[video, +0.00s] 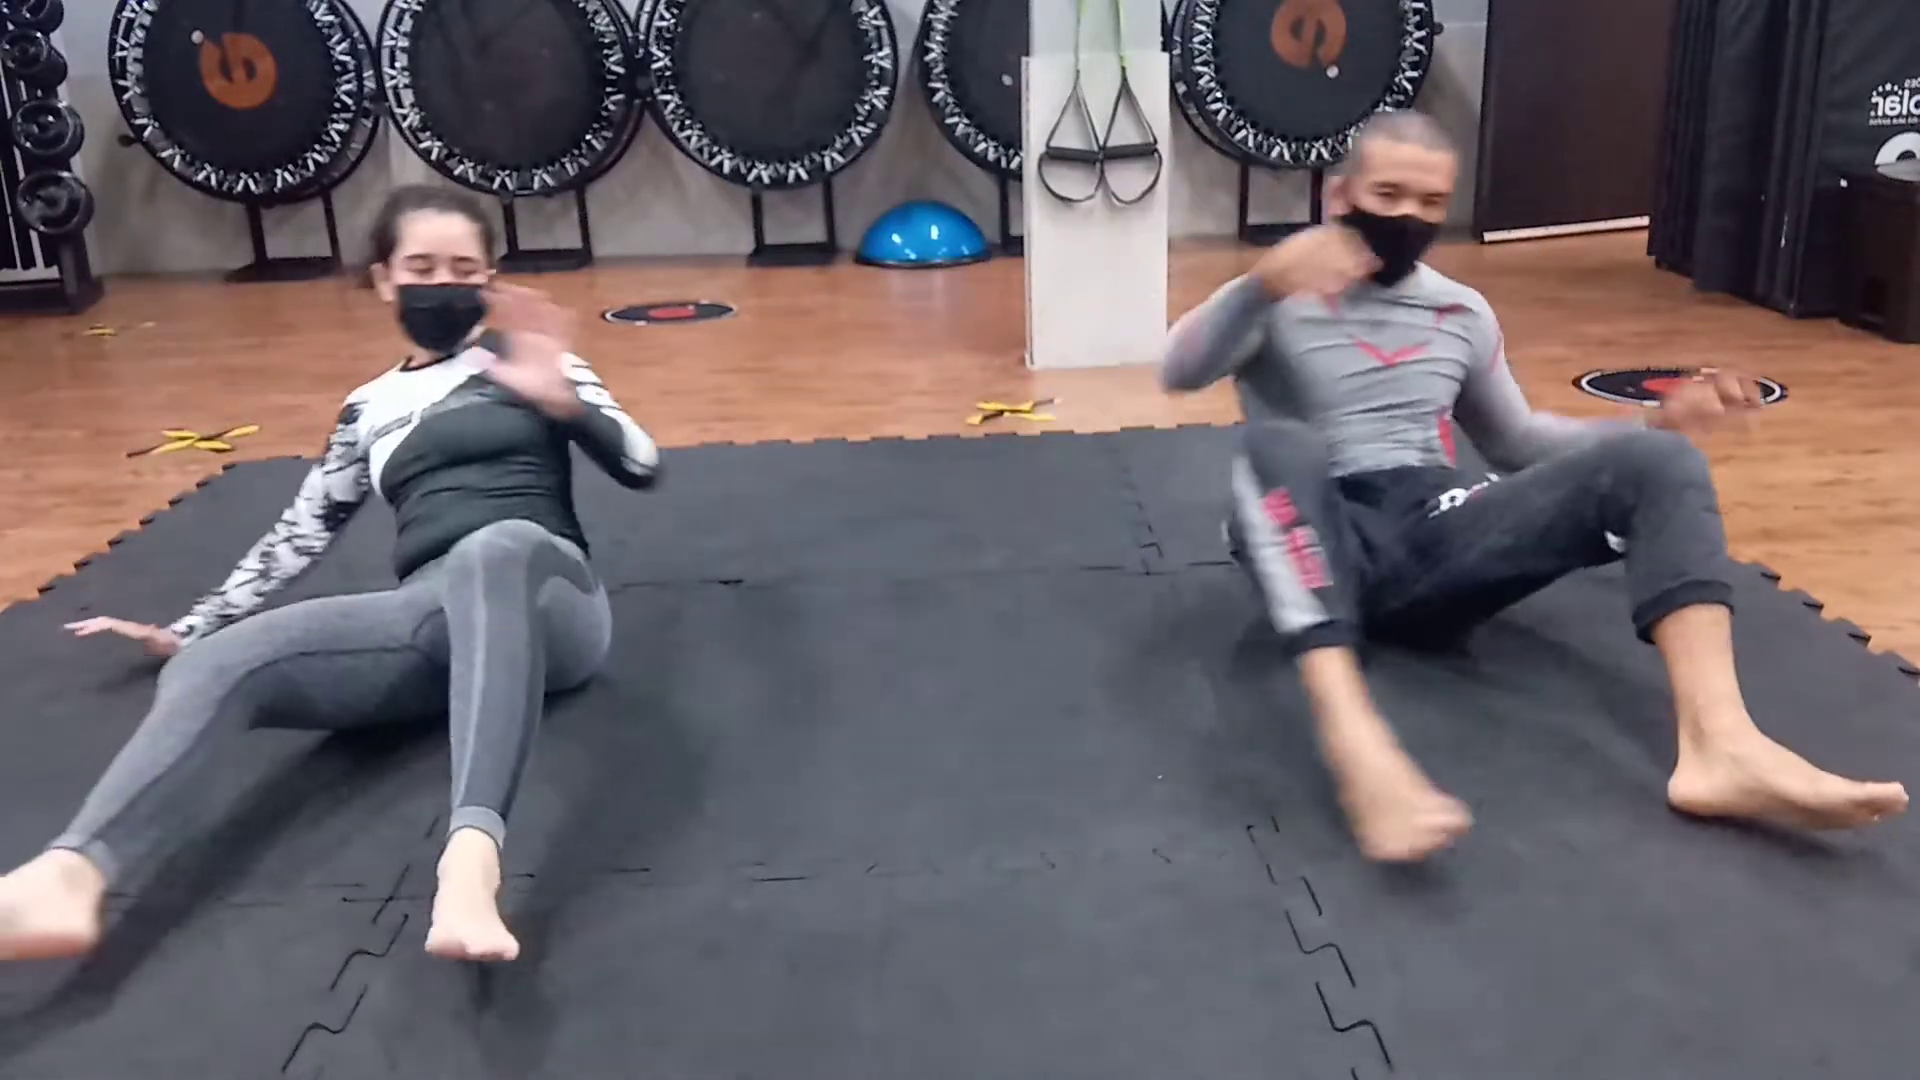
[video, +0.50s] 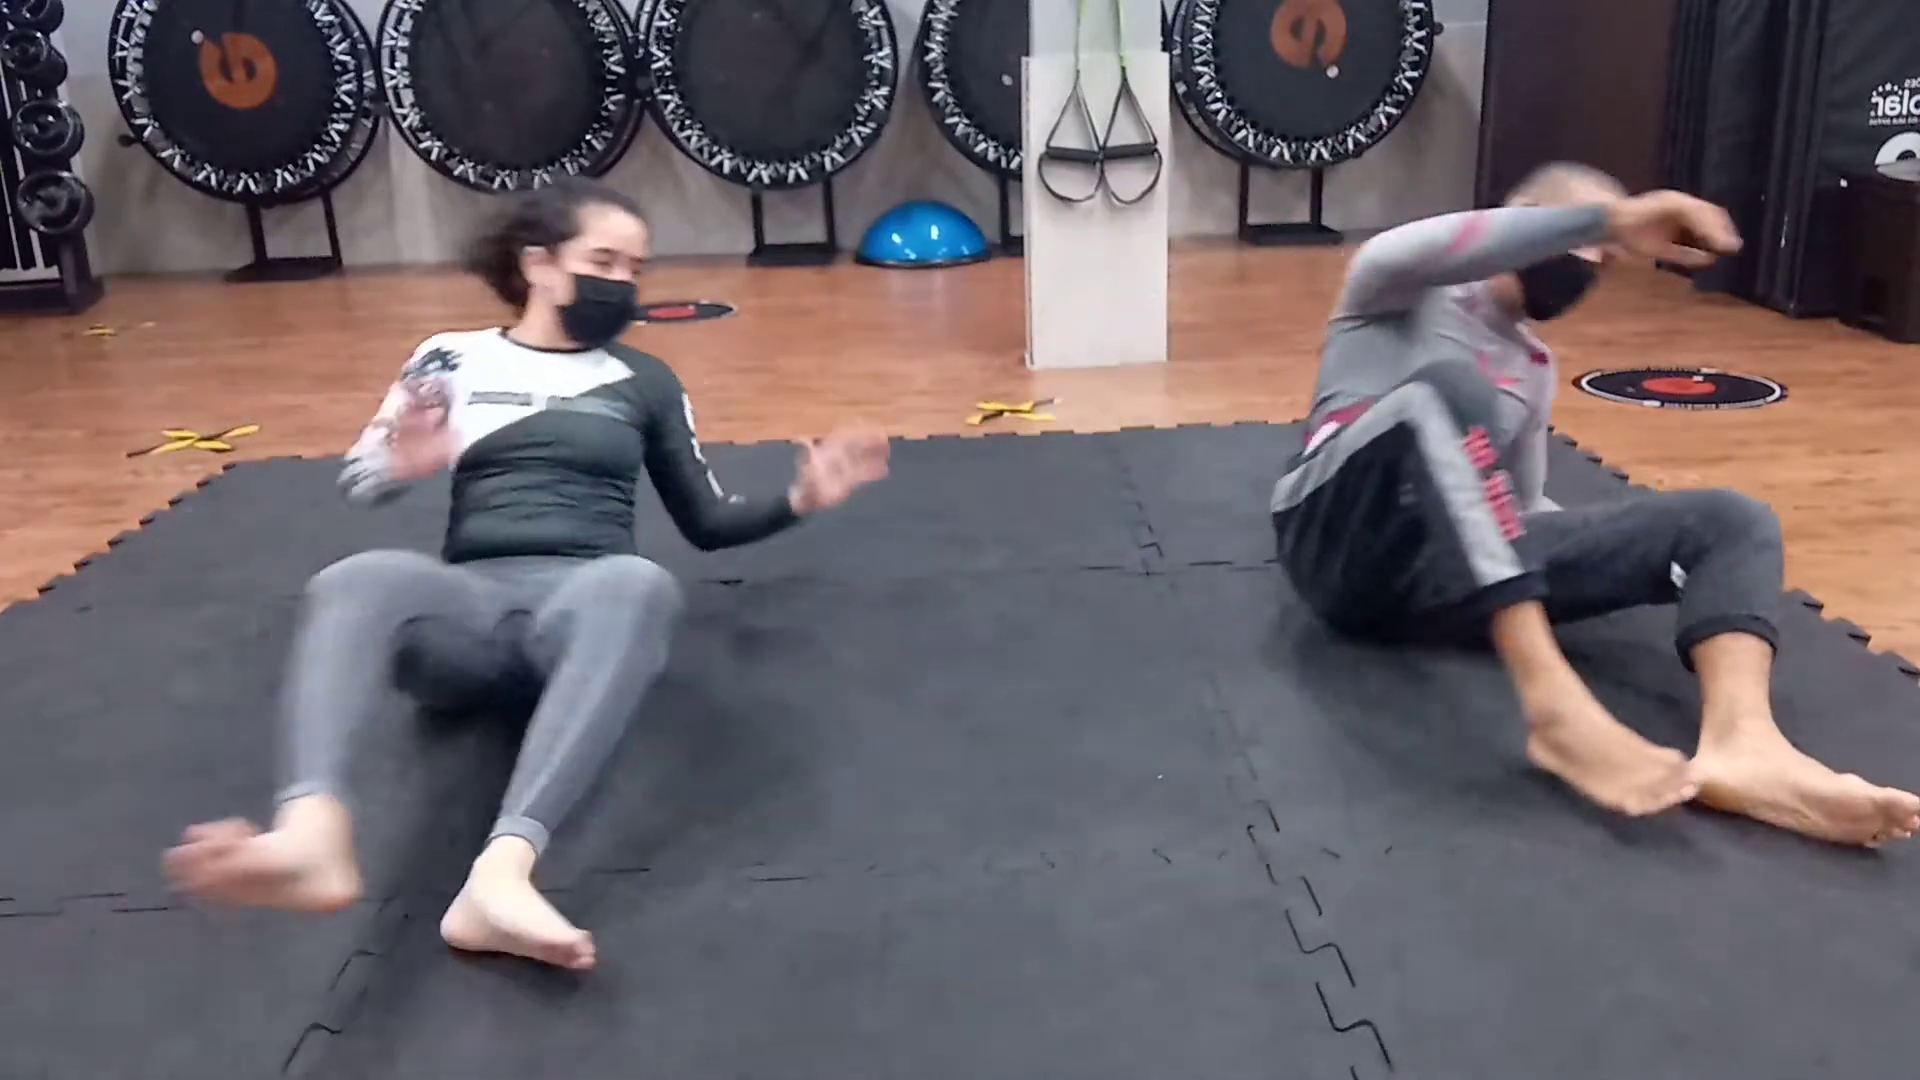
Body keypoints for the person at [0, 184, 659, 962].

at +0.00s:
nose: (443, 281)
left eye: (462, 266)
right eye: (422, 265)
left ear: (491, 277)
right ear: (385, 279)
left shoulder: (541, 365)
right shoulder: (373, 407)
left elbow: (643, 465)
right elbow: (298, 535)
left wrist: (570, 404)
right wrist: (187, 631)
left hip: (549, 601)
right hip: (426, 611)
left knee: (495, 547)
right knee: (219, 653)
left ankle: (473, 852)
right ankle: (72, 874)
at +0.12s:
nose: (479, 277)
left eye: (498, 262)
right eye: (455, 262)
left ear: (523, 273)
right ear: (414, 277)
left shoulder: (565, 367)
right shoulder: (393, 398)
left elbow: (678, 485)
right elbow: (322, 535)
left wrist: (642, 432)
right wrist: (219, 610)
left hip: (553, 599)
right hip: (434, 609)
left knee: (520, 550)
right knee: (231, 653)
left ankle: (481, 857)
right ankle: (104, 877)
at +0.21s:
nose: (509, 273)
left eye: (526, 258)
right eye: (486, 257)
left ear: (546, 270)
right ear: (437, 272)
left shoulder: (576, 362)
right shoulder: (403, 392)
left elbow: (686, 493)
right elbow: (333, 526)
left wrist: (684, 446)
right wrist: (249, 584)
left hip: (551, 595)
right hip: (433, 604)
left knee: (535, 555)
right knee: (245, 641)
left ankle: (485, 865)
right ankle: (130, 873)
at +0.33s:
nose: (554, 273)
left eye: (571, 259)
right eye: (531, 253)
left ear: (588, 273)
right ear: (477, 266)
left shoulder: (608, 370)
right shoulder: (422, 377)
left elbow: (706, 501)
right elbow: (353, 501)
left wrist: (744, 457)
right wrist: (313, 519)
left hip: (559, 592)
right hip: (442, 598)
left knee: (572, 563)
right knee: (272, 627)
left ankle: (492, 874)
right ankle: (189, 859)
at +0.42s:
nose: (589, 271)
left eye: (604, 260)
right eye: (567, 252)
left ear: (616, 281)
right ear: (507, 267)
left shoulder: (631, 377)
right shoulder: (437, 367)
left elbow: (712, 507)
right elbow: (361, 494)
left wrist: (776, 475)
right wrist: (346, 496)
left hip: (573, 594)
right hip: (453, 597)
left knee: (599, 578)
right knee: (305, 608)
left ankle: (496, 878)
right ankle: (248, 846)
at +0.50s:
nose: (626, 281)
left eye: (637, 268)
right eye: (607, 259)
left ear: (643, 283)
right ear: (537, 263)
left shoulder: (646, 381)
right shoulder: (455, 358)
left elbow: (710, 517)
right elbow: (358, 488)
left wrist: (801, 495)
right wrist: (402, 470)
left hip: (588, 587)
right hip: (470, 587)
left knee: (643, 588)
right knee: (349, 582)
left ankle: (503, 873)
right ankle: (314, 832)